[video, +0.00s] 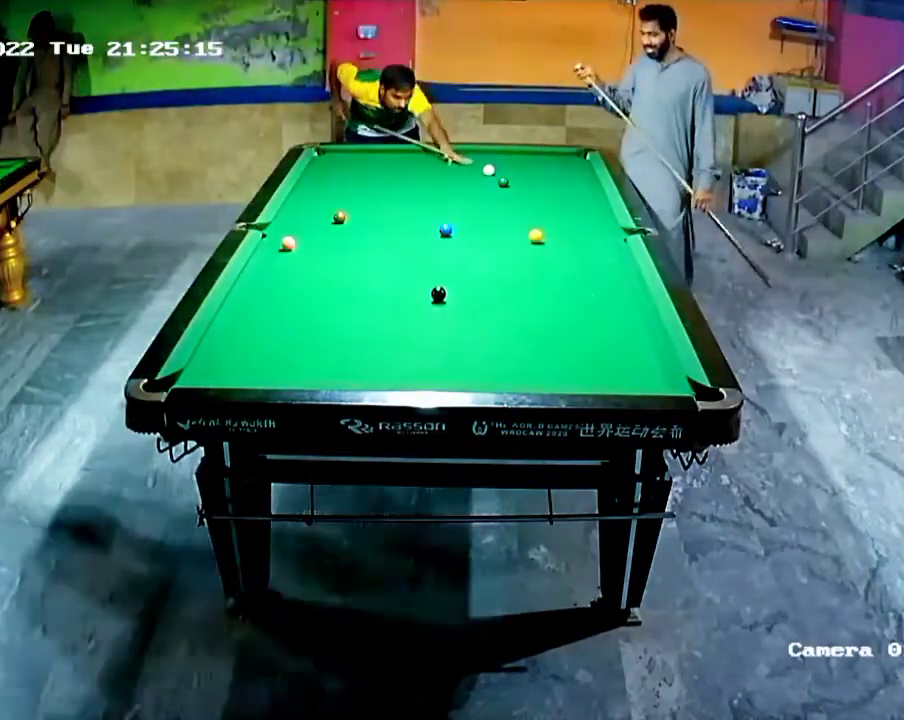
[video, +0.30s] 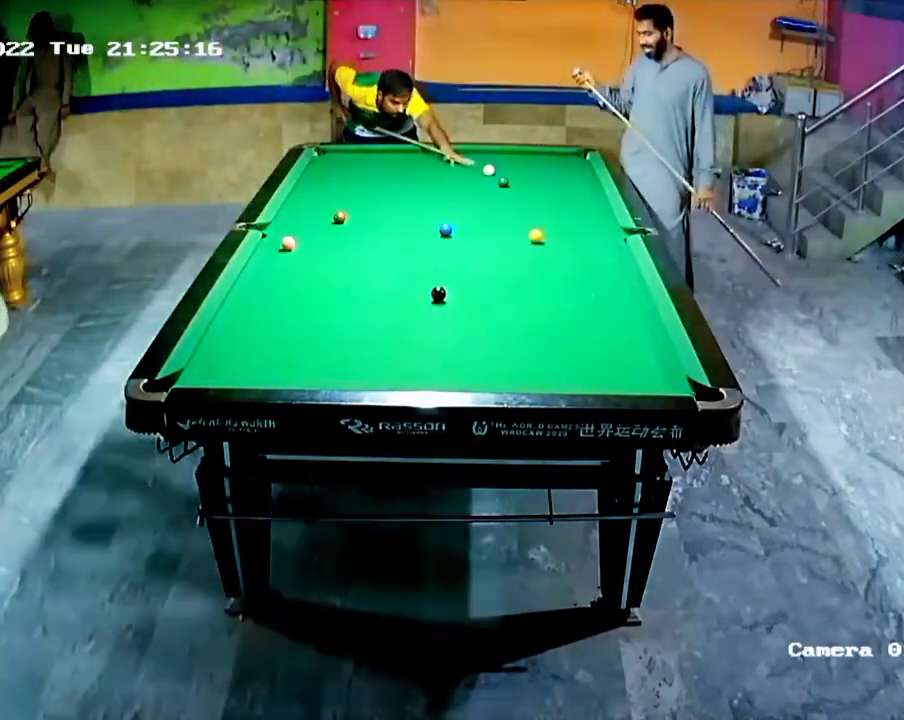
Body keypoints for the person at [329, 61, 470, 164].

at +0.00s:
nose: (402, 104)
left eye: (407, 98)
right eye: (397, 98)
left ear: (412, 92)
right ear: (382, 90)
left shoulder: (413, 93)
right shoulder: (362, 89)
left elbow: (431, 122)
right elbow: (342, 69)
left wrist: (446, 149)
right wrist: (338, 101)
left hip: (403, 132)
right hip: (366, 132)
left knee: (407, 178)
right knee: (363, 177)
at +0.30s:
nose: (400, 109)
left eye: (405, 103)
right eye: (395, 103)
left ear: (410, 96)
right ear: (380, 95)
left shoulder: (411, 96)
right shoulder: (358, 93)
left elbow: (430, 124)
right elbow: (337, 69)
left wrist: (447, 149)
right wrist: (337, 104)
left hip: (401, 134)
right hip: (363, 133)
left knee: (405, 180)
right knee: (360, 179)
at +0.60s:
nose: (401, 109)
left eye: (406, 102)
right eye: (396, 102)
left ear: (411, 96)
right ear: (381, 94)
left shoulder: (411, 95)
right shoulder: (360, 89)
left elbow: (430, 125)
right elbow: (334, 69)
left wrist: (447, 150)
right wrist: (335, 102)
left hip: (400, 136)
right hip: (362, 134)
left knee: (404, 181)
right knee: (360, 180)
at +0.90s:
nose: (405, 104)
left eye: (409, 98)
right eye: (399, 98)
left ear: (414, 91)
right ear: (383, 91)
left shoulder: (416, 92)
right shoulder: (362, 90)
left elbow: (433, 123)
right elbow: (336, 78)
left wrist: (447, 150)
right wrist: (350, 111)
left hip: (403, 135)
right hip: (366, 134)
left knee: (405, 181)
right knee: (363, 180)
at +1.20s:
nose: (406, 103)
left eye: (410, 96)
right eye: (400, 96)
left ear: (415, 90)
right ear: (384, 90)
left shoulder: (417, 91)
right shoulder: (362, 91)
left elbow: (434, 124)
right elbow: (335, 78)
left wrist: (447, 149)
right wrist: (350, 111)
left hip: (403, 134)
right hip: (367, 134)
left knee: (407, 179)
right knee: (365, 179)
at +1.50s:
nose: (406, 100)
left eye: (410, 93)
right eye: (400, 94)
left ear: (415, 87)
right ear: (384, 88)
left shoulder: (418, 90)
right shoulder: (361, 89)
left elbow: (434, 123)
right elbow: (336, 78)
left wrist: (447, 150)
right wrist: (350, 111)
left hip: (403, 135)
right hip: (367, 135)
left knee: (407, 180)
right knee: (365, 181)